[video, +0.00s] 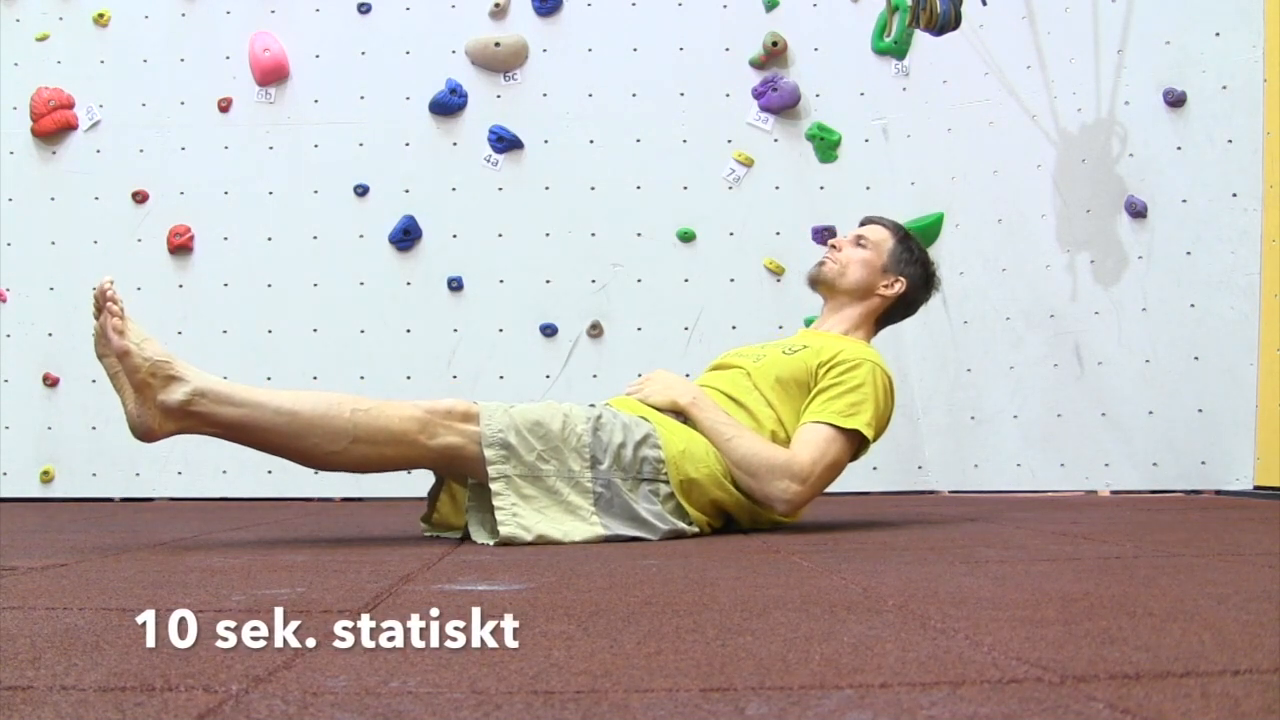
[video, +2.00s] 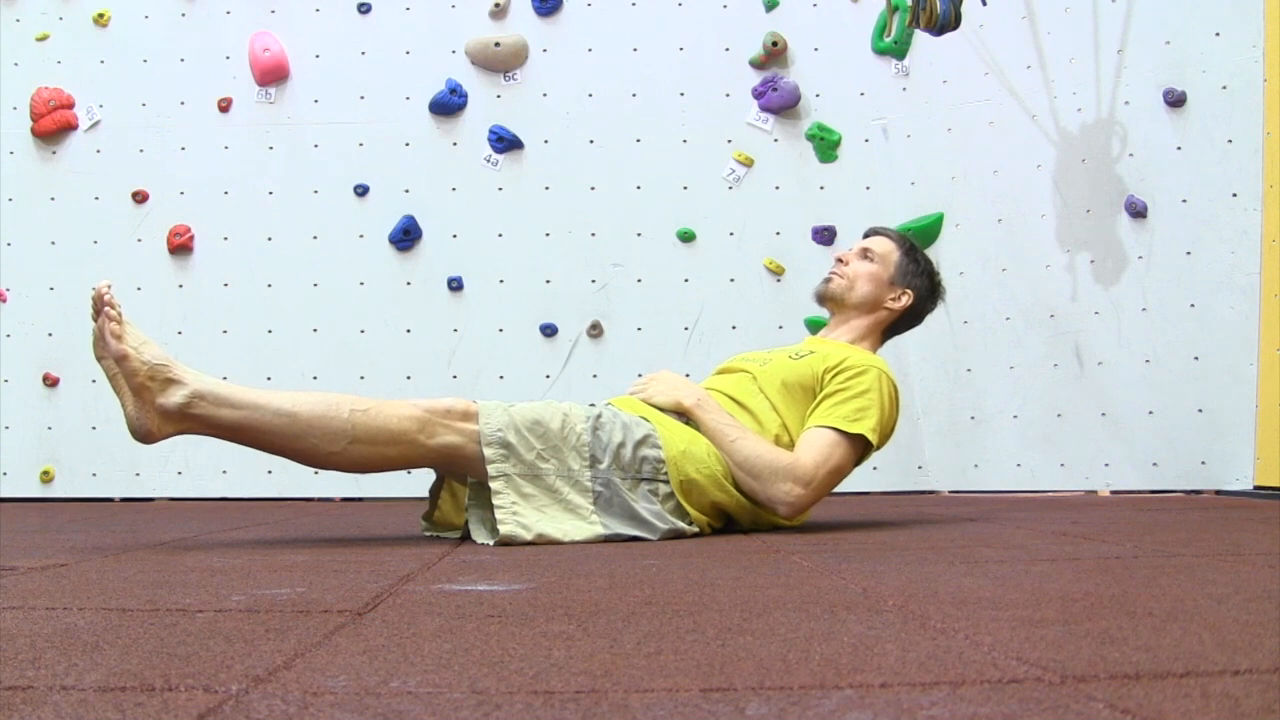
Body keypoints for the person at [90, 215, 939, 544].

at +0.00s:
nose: (833, 242)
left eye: (857, 242)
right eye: (843, 235)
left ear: (887, 286)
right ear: (847, 273)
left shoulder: (858, 367)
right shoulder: (795, 352)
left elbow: (789, 489)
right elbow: (745, 462)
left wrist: (694, 399)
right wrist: (672, 403)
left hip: (662, 459)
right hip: (640, 444)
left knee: (443, 427)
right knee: (432, 429)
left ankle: (178, 398)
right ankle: (180, 399)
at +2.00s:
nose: (845, 254)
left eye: (868, 254)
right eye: (855, 246)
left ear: (896, 300)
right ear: (860, 284)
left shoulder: (864, 376)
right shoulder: (804, 358)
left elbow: (791, 492)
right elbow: (750, 466)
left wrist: (700, 403)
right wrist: (676, 407)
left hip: (659, 460)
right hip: (639, 445)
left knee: (441, 428)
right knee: (430, 428)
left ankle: (178, 400)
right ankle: (179, 401)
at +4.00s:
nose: (848, 265)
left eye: (871, 264)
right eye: (858, 255)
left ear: (900, 311)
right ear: (871, 299)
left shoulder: (867, 384)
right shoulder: (812, 367)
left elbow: (795, 494)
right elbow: (758, 475)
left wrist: (701, 403)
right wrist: (677, 408)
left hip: (655, 461)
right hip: (639, 447)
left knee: (443, 427)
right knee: (435, 424)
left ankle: (177, 405)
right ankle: (179, 406)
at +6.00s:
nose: (832, 263)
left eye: (856, 260)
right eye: (836, 253)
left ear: (890, 300)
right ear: (837, 285)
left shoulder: (861, 378)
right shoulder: (791, 362)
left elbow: (790, 492)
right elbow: (737, 456)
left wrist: (700, 403)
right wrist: (664, 405)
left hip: (639, 467)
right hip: (608, 430)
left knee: (433, 449)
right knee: (440, 386)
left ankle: (178, 472)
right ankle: (208, 323)